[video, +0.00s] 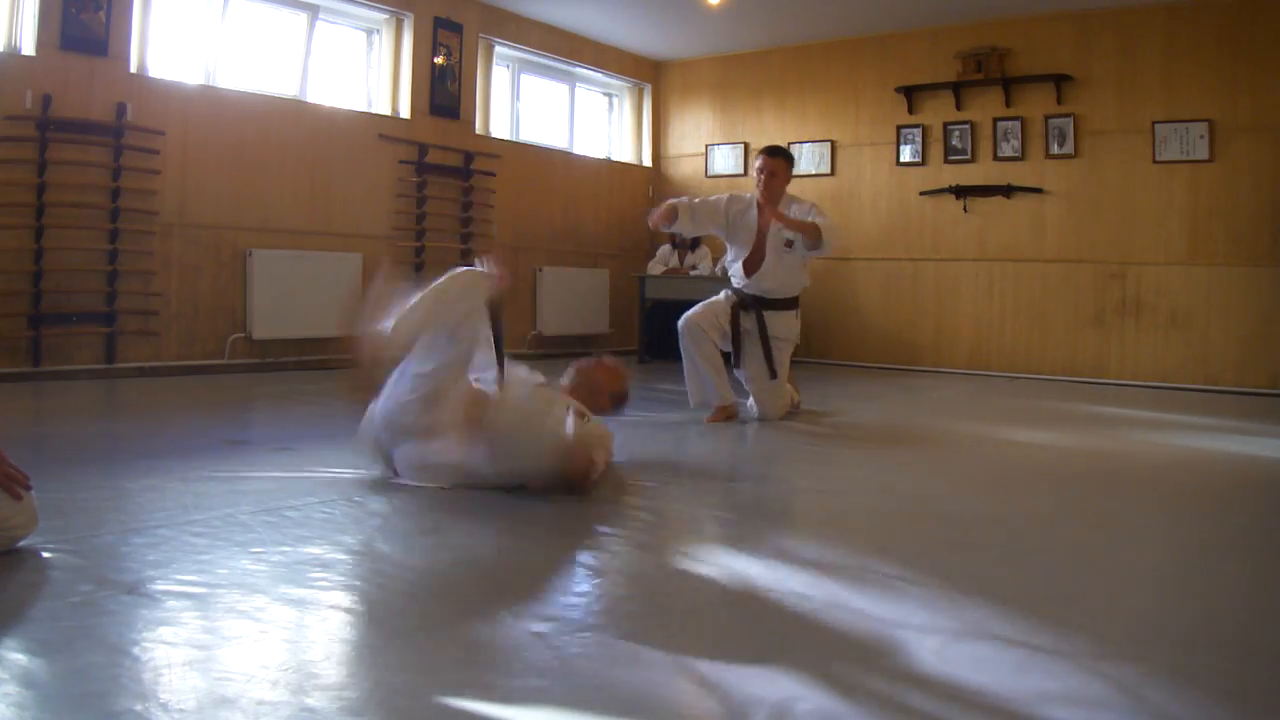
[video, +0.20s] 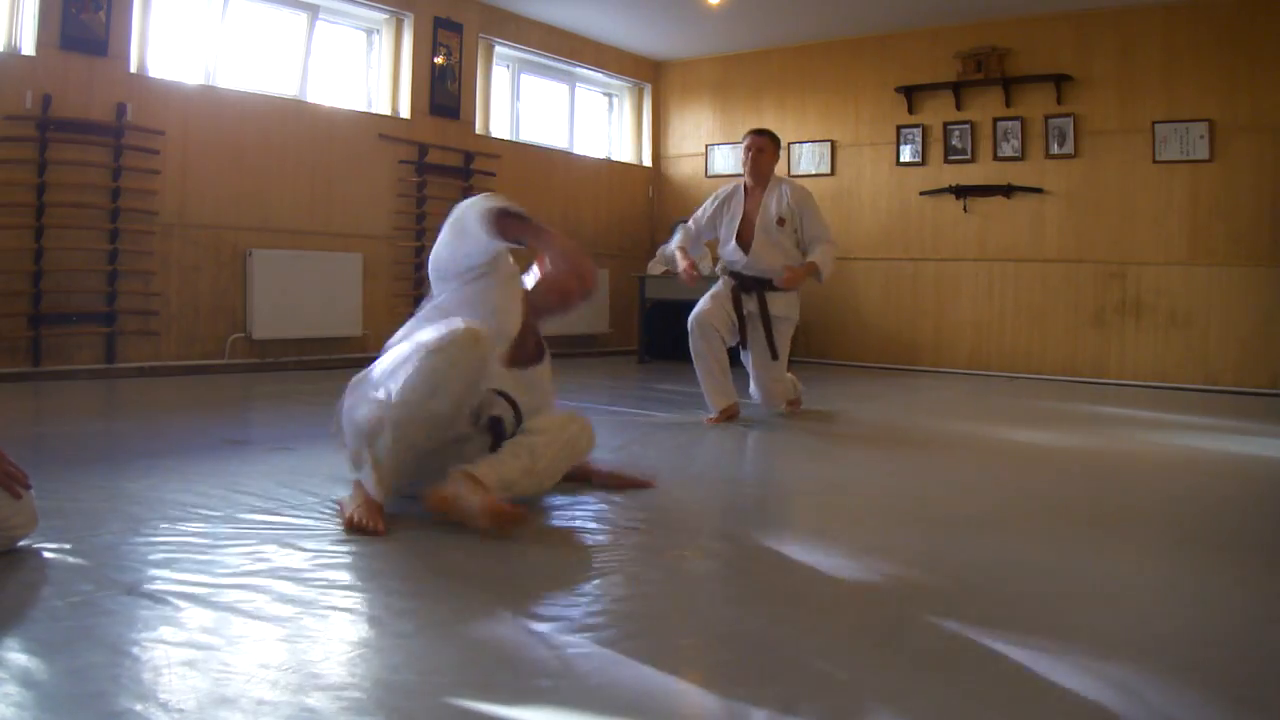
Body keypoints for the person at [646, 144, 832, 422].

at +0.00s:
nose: (763, 179)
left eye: (771, 174)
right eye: (759, 172)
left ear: (787, 179)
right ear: (753, 174)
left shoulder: (803, 212)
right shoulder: (736, 206)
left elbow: (826, 235)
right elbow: (696, 208)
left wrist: (785, 221)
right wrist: (670, 212)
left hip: (777, 313)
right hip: (735, 301)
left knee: (767, 410)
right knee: (692, 324)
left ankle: (789, 393)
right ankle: (724, 404)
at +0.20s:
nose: (751, 156)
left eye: (760, 151)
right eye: (747, 151)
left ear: (776, 158)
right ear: (741, 157)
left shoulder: (794, 196)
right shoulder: (727, 196)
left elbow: (823, 245)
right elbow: (690, 231)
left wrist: (806, 269)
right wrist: (682, 256)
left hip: (775, 293)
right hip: (731, 287)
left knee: (768, 397)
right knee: (701, 322)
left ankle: (791, 388)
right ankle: (725, 405)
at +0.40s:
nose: (756, 127)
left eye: (764, 122)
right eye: (751, 122)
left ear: (779, 130)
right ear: (744, 129)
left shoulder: (795, 167)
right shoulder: (728, 168)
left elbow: (814, 223)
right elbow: (706, 207)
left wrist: (774, 245)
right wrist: (720, 225)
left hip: (780, 263)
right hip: (734, 259)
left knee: (774, 354)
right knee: (711, 316)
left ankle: (788, 389)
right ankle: (726, 402)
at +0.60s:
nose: (762, 95)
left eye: (771, 89)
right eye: (757, 88)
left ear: (785, 96)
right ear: (750, 93)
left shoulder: (802, 130)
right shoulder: (734, 130)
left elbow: (817, 186)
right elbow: (720, 166)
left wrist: (773, 199)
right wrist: (733, 163)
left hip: (790, 232)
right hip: (746, 231)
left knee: (788, 313)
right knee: (737, 308)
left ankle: (788, 386)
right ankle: (737, 395)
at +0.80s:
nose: (767, 87)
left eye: (775, 82)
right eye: (762, 81)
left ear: (789, 88)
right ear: (755, 85)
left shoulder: (805, 124)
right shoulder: (737, 123)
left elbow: (817, 180)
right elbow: (721, 161)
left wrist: (779, 193)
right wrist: (733, 150)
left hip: (794, 230)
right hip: (749, 229)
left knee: (801, 314)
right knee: (750, 315)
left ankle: (808, 384)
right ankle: (752, 395)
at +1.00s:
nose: (776, 91)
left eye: (784, 86)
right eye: (771, 85)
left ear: (799, 92)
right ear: (764, 91)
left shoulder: (816, 129)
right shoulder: (747, 130)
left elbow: (826, 184)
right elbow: (730, 179)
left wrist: (785, 198)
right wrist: (738, 169)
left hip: (801, 233)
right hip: (758, 232)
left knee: (809, 317)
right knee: (753, 316)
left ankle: (813, 392)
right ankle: (750, 396)